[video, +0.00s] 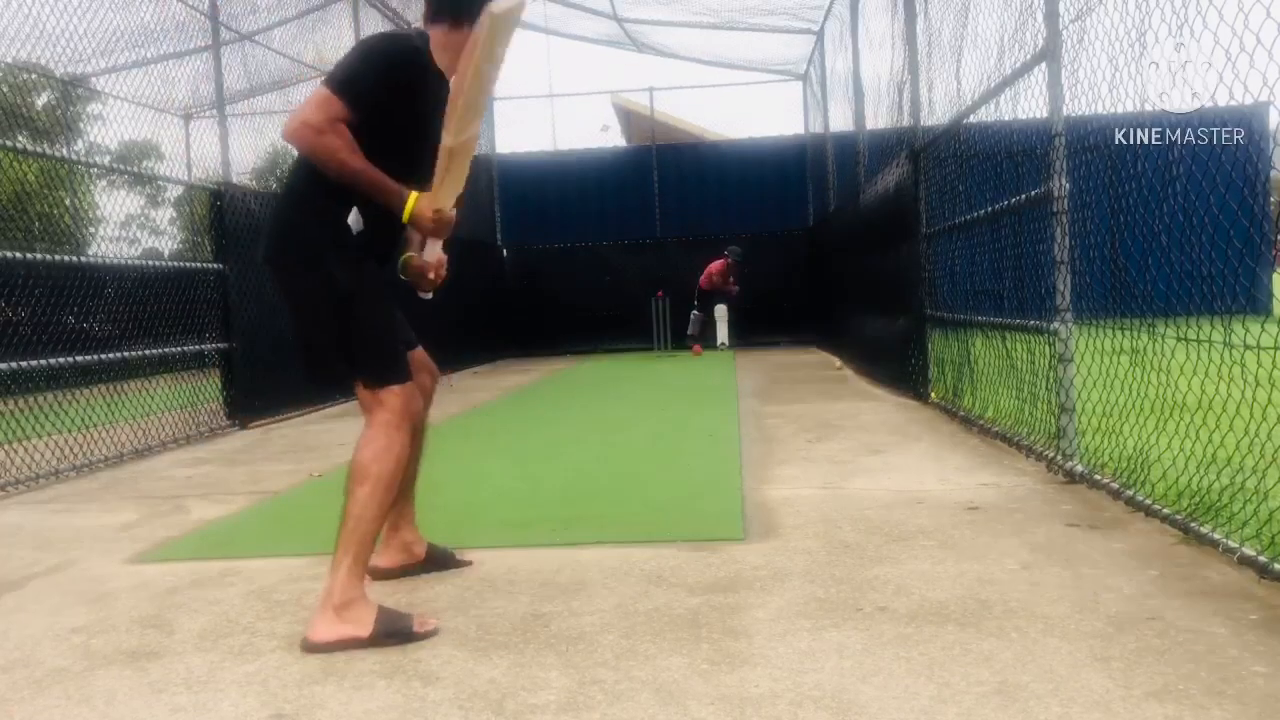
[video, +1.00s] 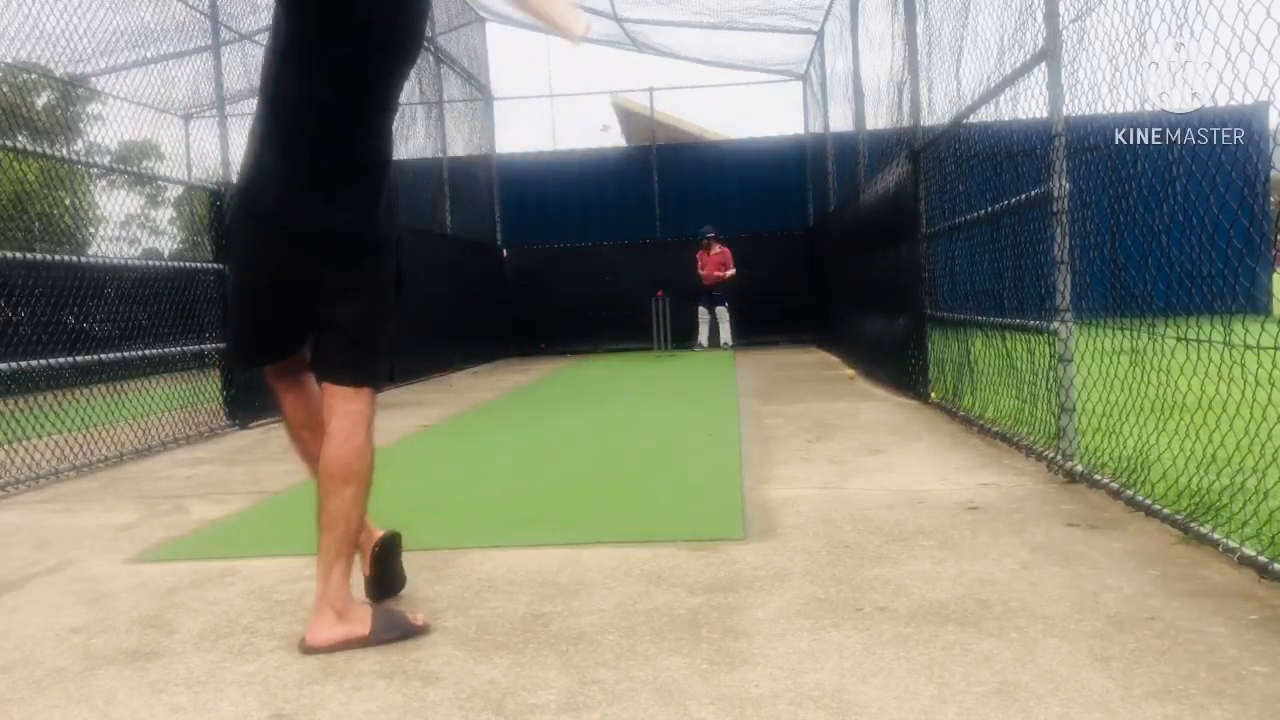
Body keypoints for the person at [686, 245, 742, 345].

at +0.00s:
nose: (735, 264)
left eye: (736, 262)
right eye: (734, 260)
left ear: (736, 261)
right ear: (727, 258)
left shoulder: (730, 268)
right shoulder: (717, 267)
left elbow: (727, 280)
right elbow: (717, 284)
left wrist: (731, 286)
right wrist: (730, 288)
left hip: (718, 289)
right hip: (705, 288)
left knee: (721, 312)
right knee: (699, 313)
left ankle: (722, 342)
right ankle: (693, 338)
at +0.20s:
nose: (726, 248)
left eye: (728, 245)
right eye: (723, 245)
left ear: (731, 247)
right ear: (719, 245)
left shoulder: (730, 262)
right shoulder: (710, 255)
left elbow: (731, 280)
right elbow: (701, 270)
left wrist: (734, 294)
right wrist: (710, 283)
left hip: (718, 290)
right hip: (703, 288)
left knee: (719, 313)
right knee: (697, 314)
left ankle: (722, 343)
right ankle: (698, 341)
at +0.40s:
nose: (715, 242)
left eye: (718, 239)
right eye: (713, 239)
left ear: (721, 240)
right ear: (708, 240)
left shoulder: (723, 256)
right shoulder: (700, 252)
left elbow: (726, 274)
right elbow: (691, 267)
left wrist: (729, 284)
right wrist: (700, 273)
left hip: (716, 287)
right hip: (702, 287)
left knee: (719, 313)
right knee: (699, 314)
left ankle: (723, 341)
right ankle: (702, 342)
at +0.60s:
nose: (706, 240)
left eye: (709, 237)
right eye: (704, 237)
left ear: (713, 238)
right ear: (700, 239)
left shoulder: (719, 252)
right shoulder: (695, 253)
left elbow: (724, 268)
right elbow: (690, 269)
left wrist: (725, 274)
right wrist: (698, 273)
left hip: (715, 285)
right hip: (700, 287)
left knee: (719, 313)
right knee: (700, 315)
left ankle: (725, 341)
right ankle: (702, 343)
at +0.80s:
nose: (702, 241)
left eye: (704, 238)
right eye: (701, 238)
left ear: (711, 238)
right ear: (701, 239)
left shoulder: (721, 252)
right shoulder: (697, 253)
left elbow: (728, 269)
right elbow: (694, 270)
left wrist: (724, 275)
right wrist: (700, 273)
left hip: (716, 284)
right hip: (702, 286)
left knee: (720, 312)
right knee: (701, 314)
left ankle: (725, 341)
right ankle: (702, 342)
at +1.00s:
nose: (705, 242)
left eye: (707, 239)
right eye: (704, 240)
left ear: (713, 239)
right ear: (702, 241)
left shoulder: (724, 251)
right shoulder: (701, 254)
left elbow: (732, 269)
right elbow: (699, 270)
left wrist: (723, 274)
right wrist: (706, 274)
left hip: (719, 285)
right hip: (706, 286)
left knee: (721, 312)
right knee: (703, 312)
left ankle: (726, 341)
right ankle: (702, 342)